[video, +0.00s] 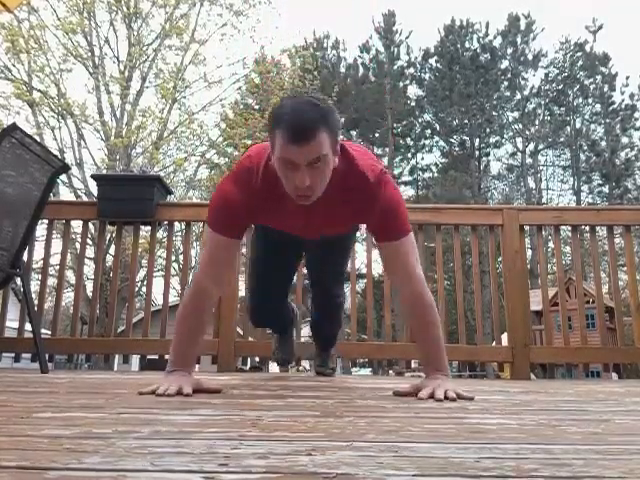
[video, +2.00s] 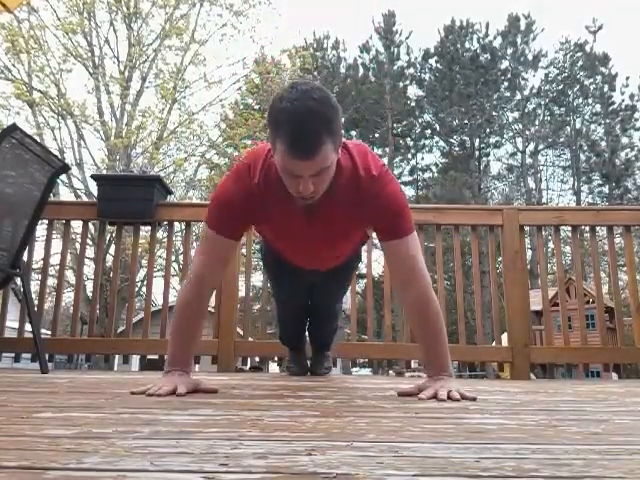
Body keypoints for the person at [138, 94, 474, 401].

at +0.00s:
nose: (303, 180)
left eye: (316, 164)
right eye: (289, 165)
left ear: (336, 148)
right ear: (272, 150)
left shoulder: (372, 183)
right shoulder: (243, 182)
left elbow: (410, 281)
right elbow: (206, 282)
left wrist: (437, 374)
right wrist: (180, 370)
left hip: (334, 230)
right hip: (275, 226)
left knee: (328, 301)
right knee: (263, 311)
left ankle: (325, 350)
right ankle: (285, 322)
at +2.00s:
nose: (306, 187)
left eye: (319, 173)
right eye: (293, 174)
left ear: (338, 148)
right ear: (272, 151)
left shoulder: (372, 183)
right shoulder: (243, 183)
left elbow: (413, 282)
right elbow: (199, 282)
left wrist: (440, 374)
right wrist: (177, 370)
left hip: (341, 252)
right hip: (282, 250)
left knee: (326, 313)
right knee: (290, 313)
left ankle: (321, 353)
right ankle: (295, 354)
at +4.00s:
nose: (299, 211)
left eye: (312, 198)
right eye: (286, 198)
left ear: (336, 170)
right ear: (267, 173)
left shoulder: (374, 197)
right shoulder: (239, 199)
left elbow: (419, 290)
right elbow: (194, 285)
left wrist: (441, 376)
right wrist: (168, 370)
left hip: (339, 295)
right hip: (279, 294)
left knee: (327, 333)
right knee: (291, 334)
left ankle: (323, 356)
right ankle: (296, 355)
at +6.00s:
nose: (296, 386)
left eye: (312, 373)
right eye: (281, 373)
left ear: (337, 328)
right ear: (257, 324)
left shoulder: (372, 296)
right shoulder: (234, 294)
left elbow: (448, 291)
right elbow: (161, 285)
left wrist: (446, 374)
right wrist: (164, 369)